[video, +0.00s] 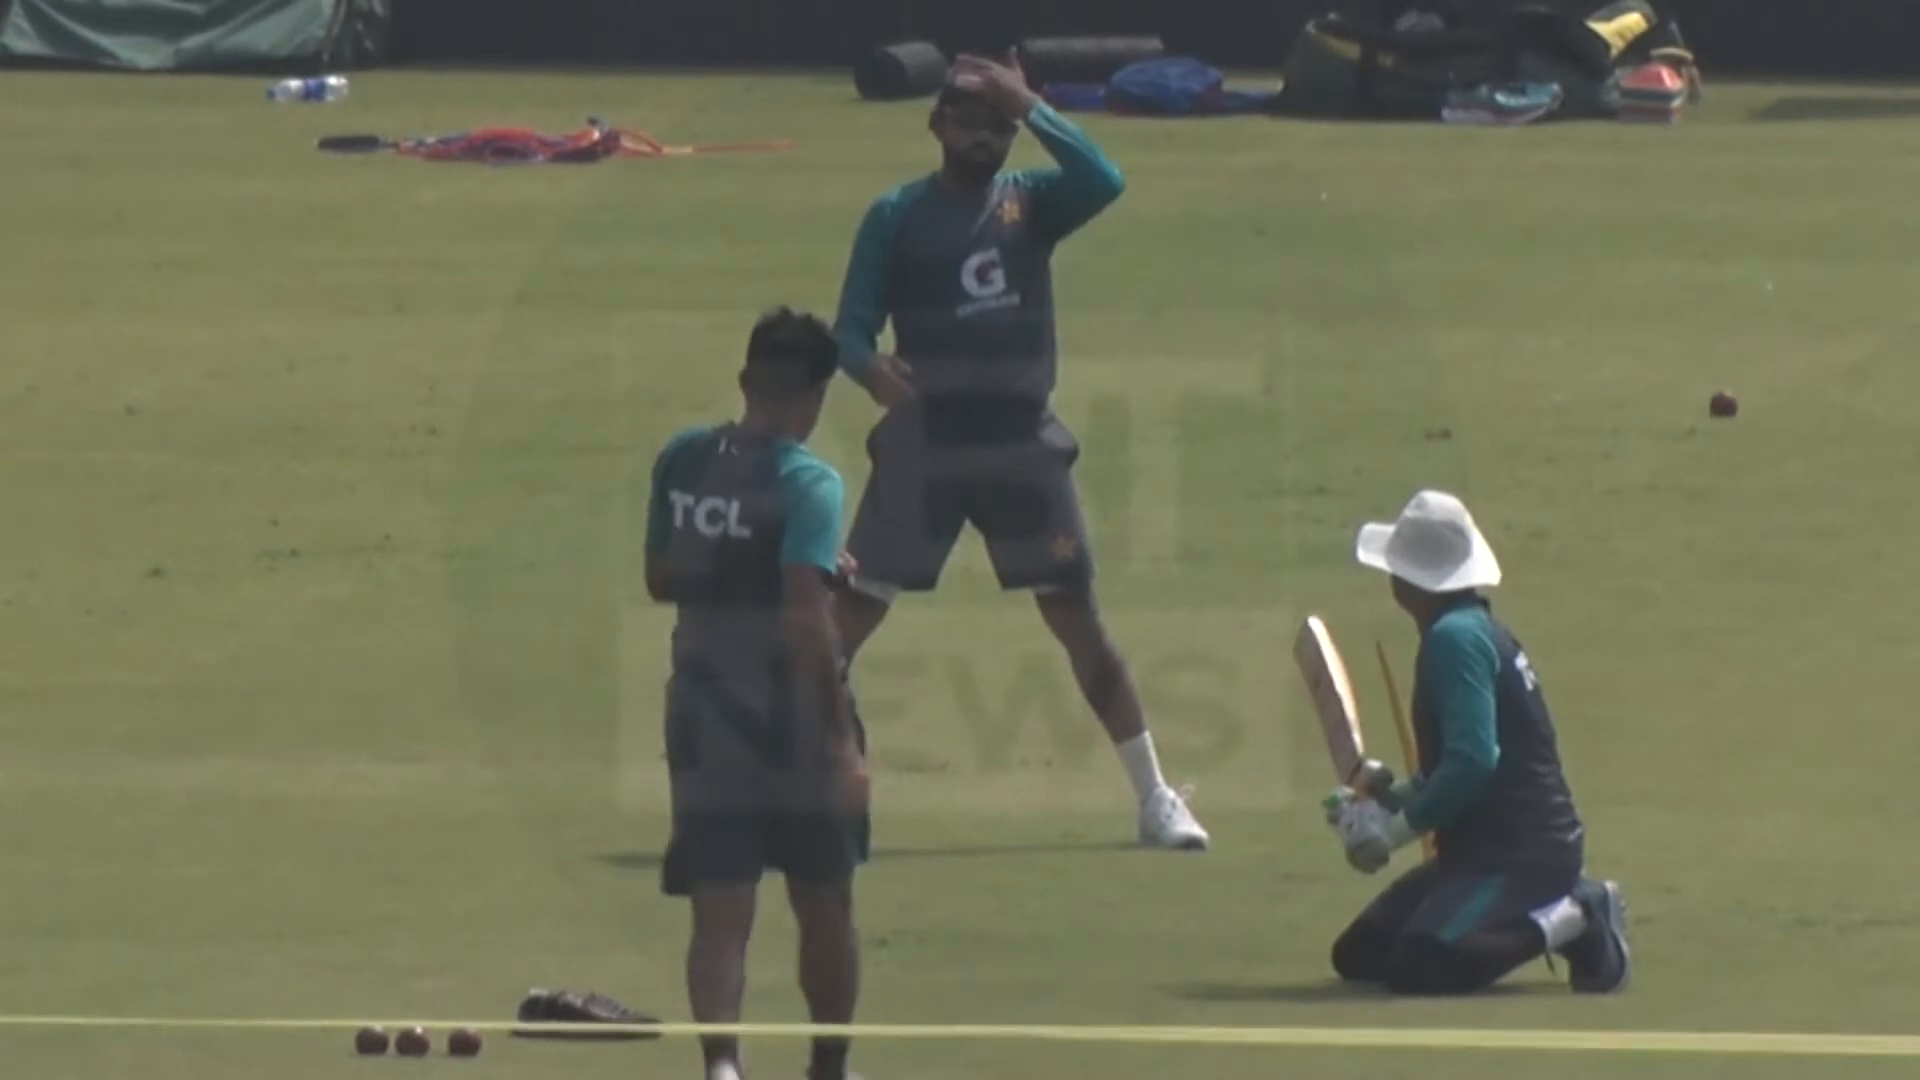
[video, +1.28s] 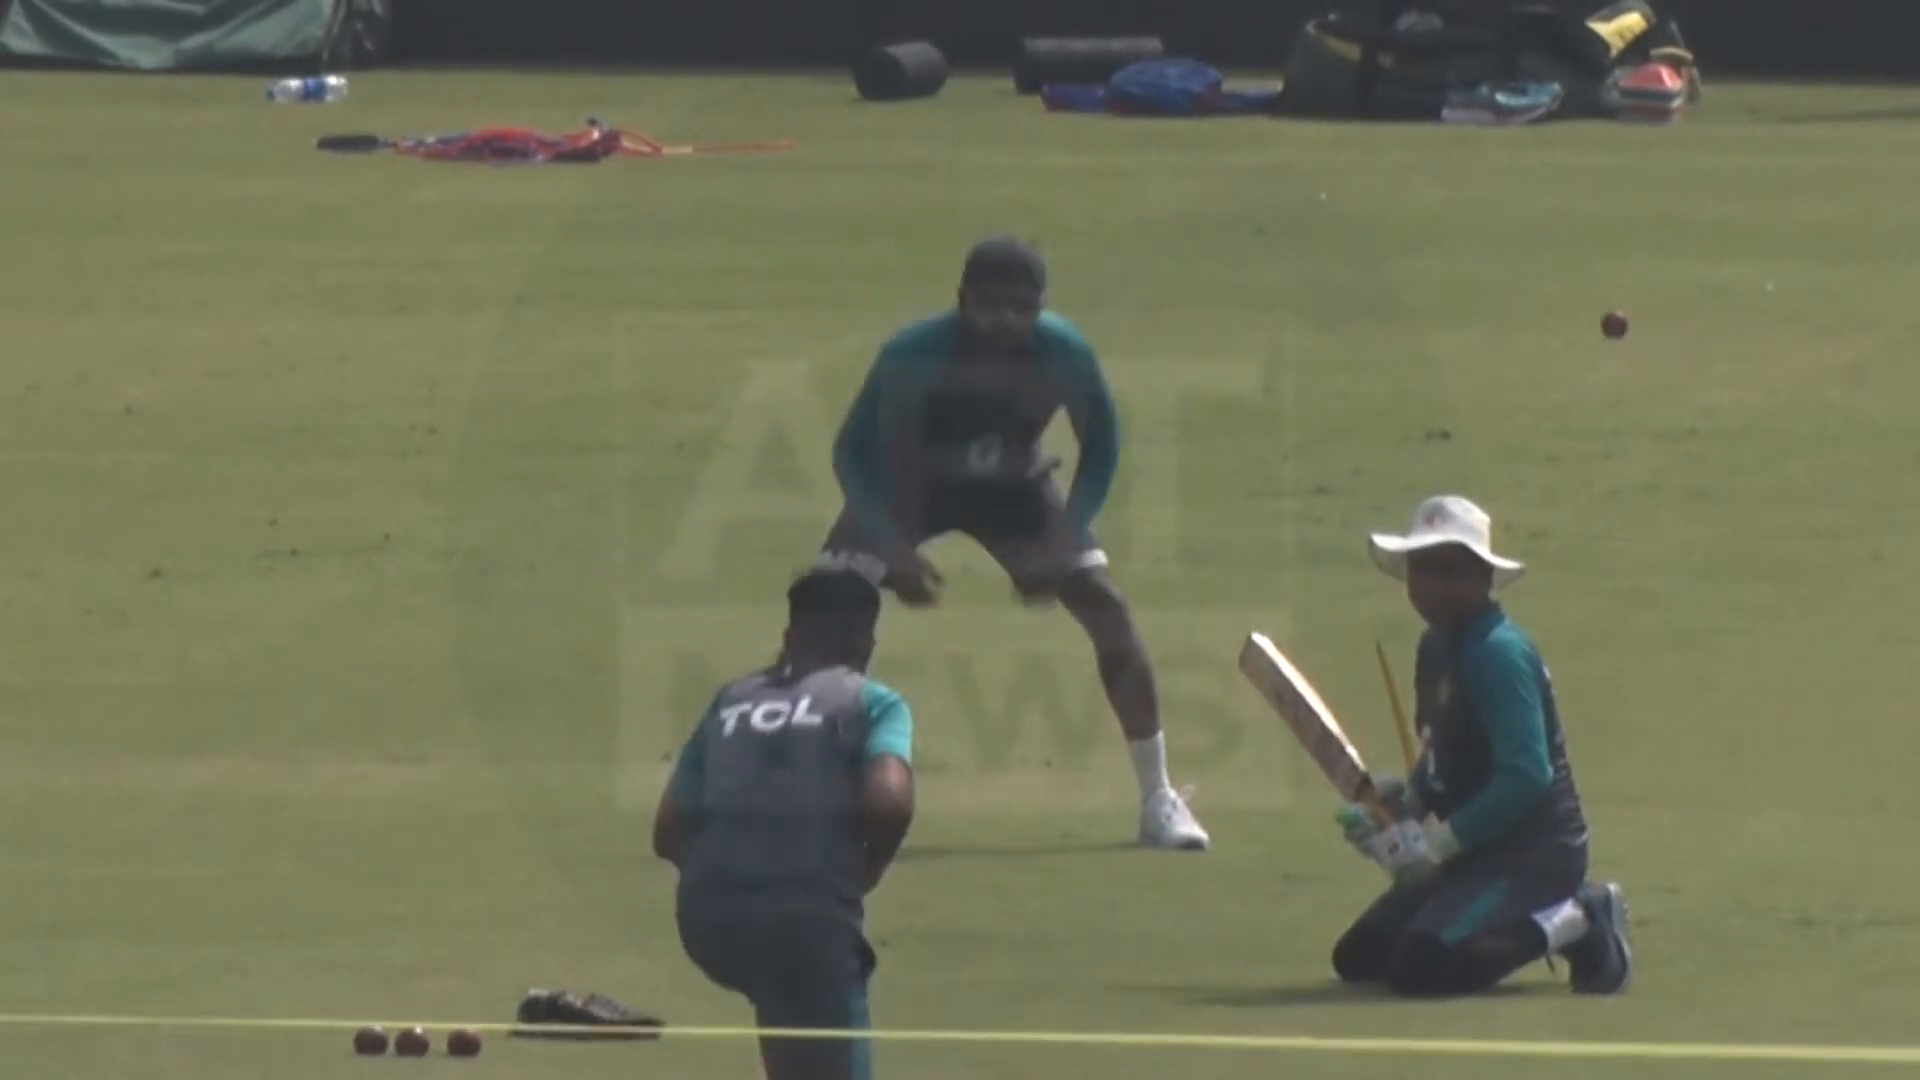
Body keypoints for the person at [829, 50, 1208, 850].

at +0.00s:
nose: (983, 139)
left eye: (997, 127)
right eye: (968, 122)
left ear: (1013, 135)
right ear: (937, 125)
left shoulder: (1030, 204)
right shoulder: (894, 218)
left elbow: (1102, 182)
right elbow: (850, 335)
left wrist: (1027, 104)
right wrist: (877, 375)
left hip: (1021, 442)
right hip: (922, 443)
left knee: (1080, 624)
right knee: (844, 622)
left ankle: (1155, 798)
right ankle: (774, 784)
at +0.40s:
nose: (982, 140)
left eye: (996, 128)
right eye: (968, 126)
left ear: (1012, 135)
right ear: (936, 126)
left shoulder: (1035, 204)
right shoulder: (894, 221)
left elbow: (1128, 270)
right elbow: (853, 339)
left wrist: (1089, 204)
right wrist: (878, 393)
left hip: (1021, 439)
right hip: (922, 442)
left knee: (1079, 621)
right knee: (858, 608)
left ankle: (1155, 798)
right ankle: (782, 763)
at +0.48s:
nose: (979, 143)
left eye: (993, 130)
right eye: (965, 129)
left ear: (1011, 135)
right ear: (934, 127)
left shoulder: (1037, 206)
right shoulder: (895, 222)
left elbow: (1126, 297)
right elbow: (853, 342)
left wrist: (1078, 267)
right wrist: (880, 401)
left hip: (1022, 442)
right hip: (923, 446)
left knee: (1080, 623)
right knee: (849, 615)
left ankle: (1155, 798)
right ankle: (778, 772)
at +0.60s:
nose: (979, 141)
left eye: (993, 128)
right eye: (963, 128)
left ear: (1012, 132)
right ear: (934, 128)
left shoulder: (1042, 212)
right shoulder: (895, 222)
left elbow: (1099, 313)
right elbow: (852, 344)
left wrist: (1091, 372)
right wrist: (884, 415)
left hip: (1023, 440)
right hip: (923, 445)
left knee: (1079, 620)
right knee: (856, 610)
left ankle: (1155, 798)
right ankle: (800, 788)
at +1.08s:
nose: (1005, 182)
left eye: (1017, 168)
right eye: (989, 168)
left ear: (1033, 168)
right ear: (955, 166)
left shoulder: (1059, 238)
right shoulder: (906, 243)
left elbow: (1097, 333)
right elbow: (841, 338)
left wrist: (1065, 425)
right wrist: (877, 431)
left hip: (1012, 448)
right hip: (914, 447)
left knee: (1082, 613)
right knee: (841, 600)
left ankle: (1157, 798)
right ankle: (809, 787)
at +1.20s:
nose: (1004, 265)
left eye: (1018, 251)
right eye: (990, 250)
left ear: (1038, 249)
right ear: (961, 245)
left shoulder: (1066, 304)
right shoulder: (908, 308)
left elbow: (1106, 389)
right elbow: (841, 395)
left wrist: (1067, 480)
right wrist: (883, 484)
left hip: (1011, 474)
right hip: (909, 467)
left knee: (1098, 609)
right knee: (840, 601)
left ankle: (1159, 797)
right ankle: (817, 786)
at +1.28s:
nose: (1003, 321)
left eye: (1018, 307)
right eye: (989, 306)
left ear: (1038, 306)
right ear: (963, 300)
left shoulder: (1064, 355)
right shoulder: (911, 356)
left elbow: (1099, 448)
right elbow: (850, 454)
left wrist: (1062, 541)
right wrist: (894, 547)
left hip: (1012, 494)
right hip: (906, 492)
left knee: (1109, 613)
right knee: (835, 607)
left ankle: (1159, 797)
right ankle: (811, 788)